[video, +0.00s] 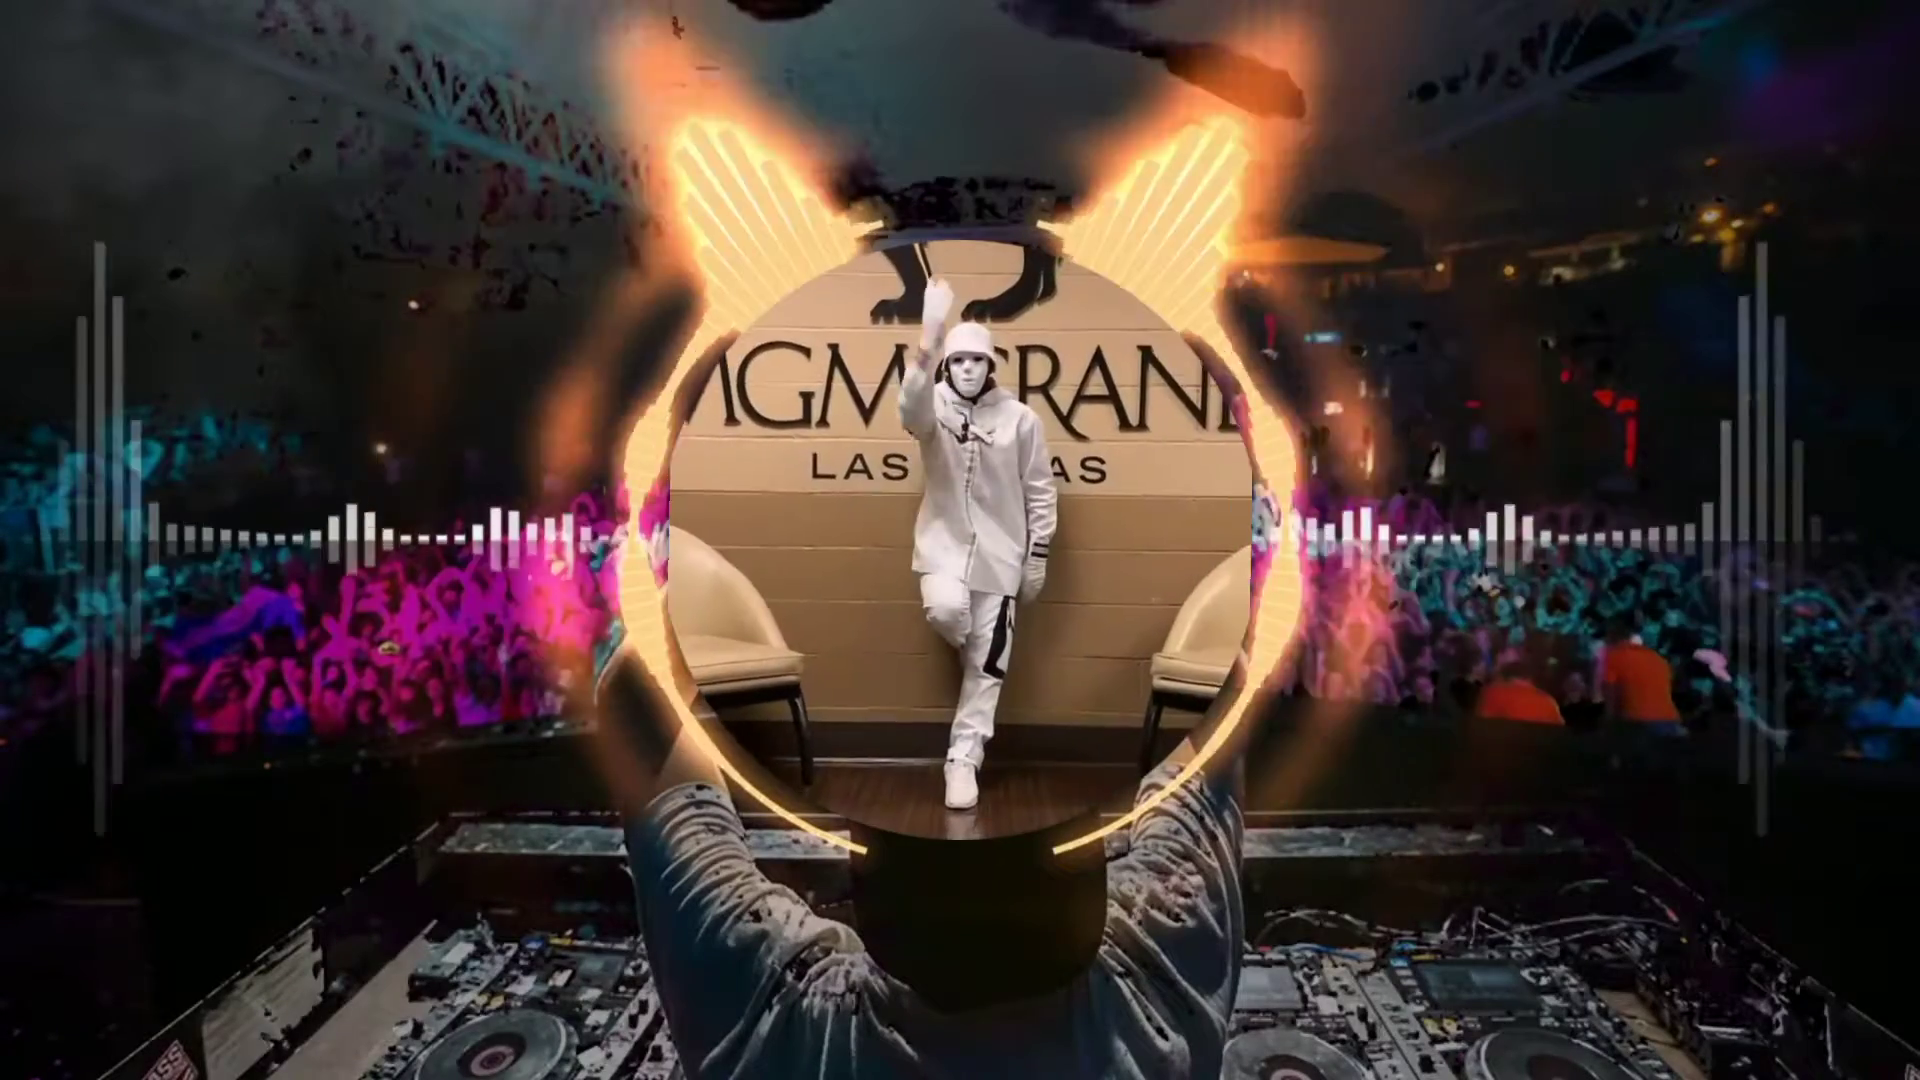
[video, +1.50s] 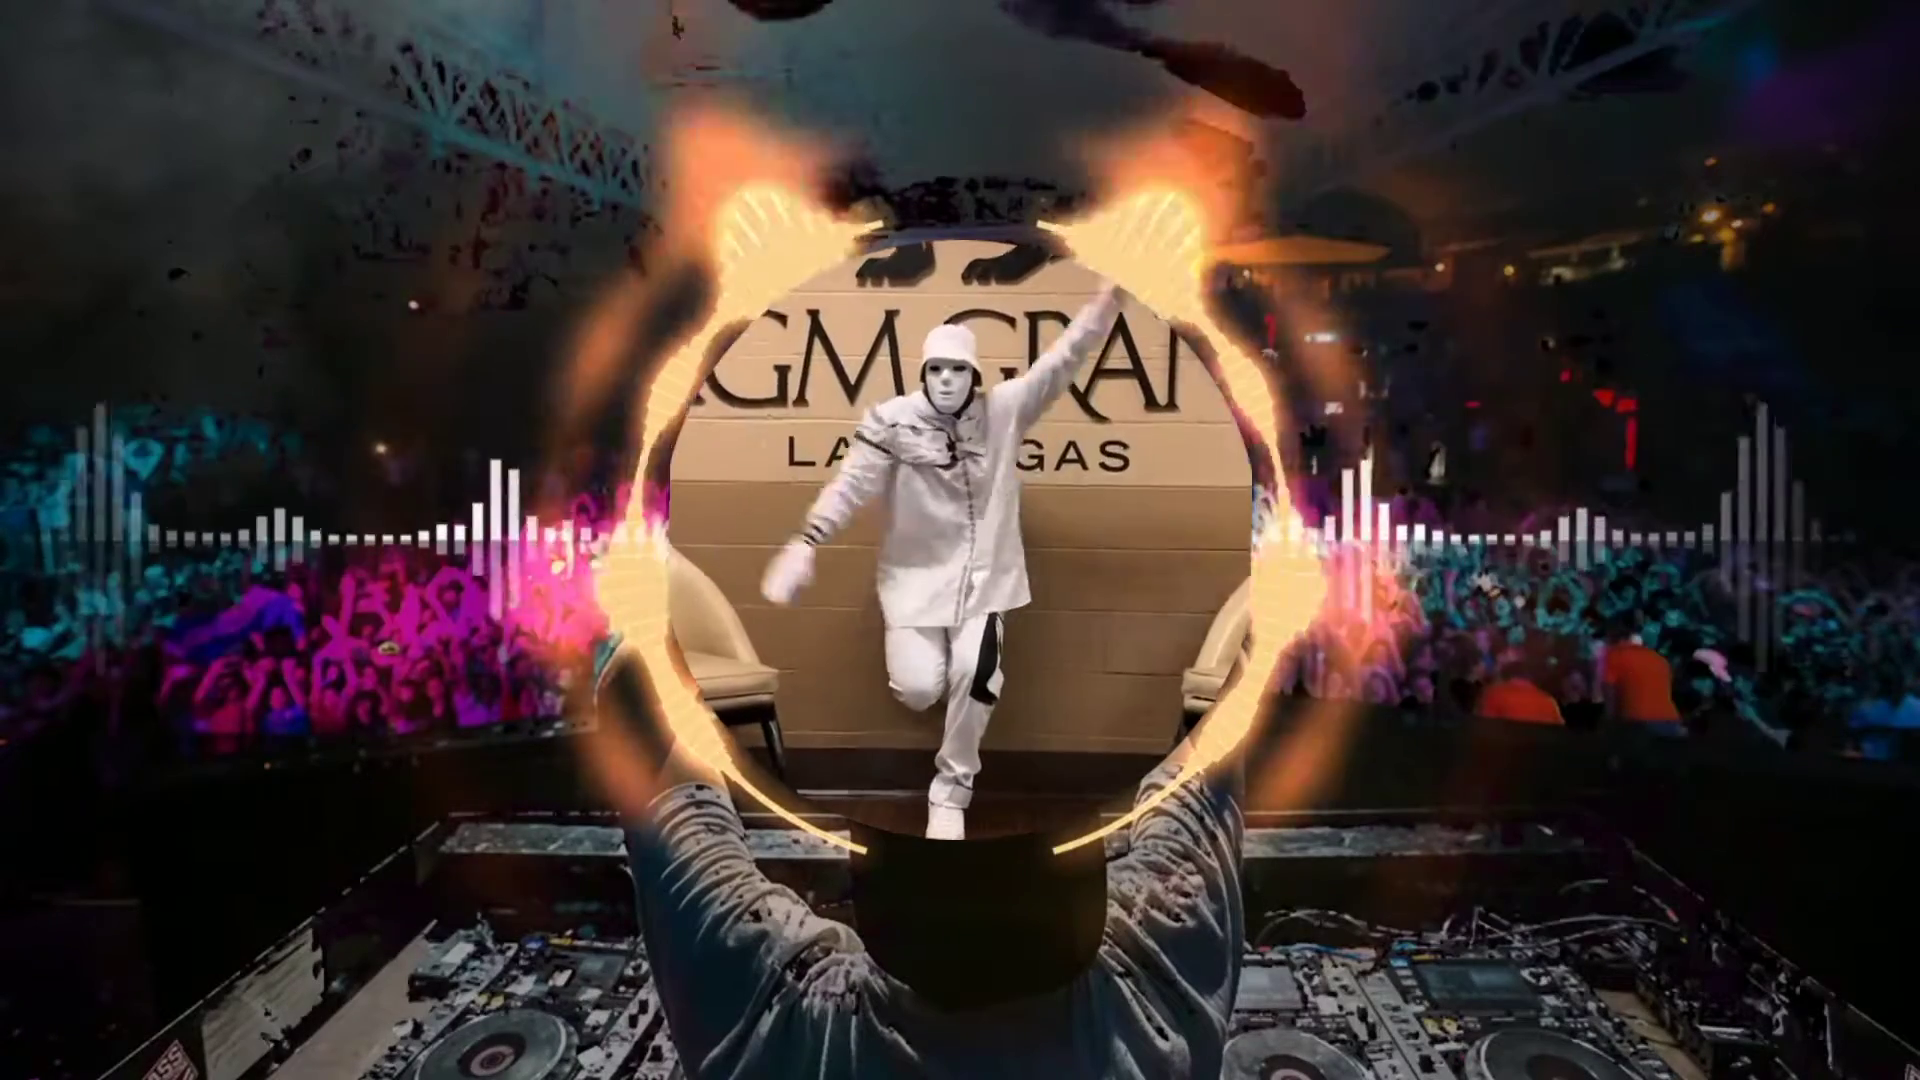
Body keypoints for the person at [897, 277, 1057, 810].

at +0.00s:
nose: (969, 370)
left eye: (978, 361)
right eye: (960, 361)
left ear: (991, 366)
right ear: (945, 366)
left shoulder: (1019, 418)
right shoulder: (932, 416)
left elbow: (1040, 492)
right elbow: (914, 410)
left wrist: (1037, 557)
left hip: (999, 544)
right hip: (943, 536)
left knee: (987, 658)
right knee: (945, 610)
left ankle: (963, 760)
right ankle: (975, 644)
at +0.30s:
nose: (954, 382)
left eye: (958, 371)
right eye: (945, 377)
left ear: (970, 369)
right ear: (934, 383)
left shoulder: (1005, 412)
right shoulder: (929, 419)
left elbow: (1026, 480)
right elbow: (915, 369)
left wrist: (1027, 538)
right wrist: (932, 333)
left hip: (998, 541)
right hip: (949, 538)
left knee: (985, 649)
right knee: (952, 605)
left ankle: (963, 744)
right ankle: (968, 642)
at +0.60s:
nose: (947, 351)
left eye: (955, 342)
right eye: (937, 344)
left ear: (969, 346)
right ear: (924, 351)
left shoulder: (1002, 399)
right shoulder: (910, 394)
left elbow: (1024, 476)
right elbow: (948, 428)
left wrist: (1029, 542)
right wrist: (1004, 396)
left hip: (993, 539)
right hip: (938, 537)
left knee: (982, 654)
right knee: (943, 624)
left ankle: (963, 754)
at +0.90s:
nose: (954, 338)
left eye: (964, 329)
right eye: (945, 329)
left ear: (979, 335)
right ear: (931, 334)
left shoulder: (1004, 384)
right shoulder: (906, 373)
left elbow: (1021, 459)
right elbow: (862, 402)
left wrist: (974, 429)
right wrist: (926, 404)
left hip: (983, 547)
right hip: (921, 542)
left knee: (971, 666)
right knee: (923, 636)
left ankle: (953, 767)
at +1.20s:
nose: (943, 378)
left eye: (954, 369)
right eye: (934, 368)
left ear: (970, 376)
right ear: (920, 373)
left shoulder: (1002, 439)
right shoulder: (898, 413)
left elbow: (1039, 516)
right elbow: (844, 390)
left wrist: (1072, 585)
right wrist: (842, 322)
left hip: (972, 576)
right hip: (908, 573)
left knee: (974, 672)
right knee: (915, 673)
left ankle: (950, 782)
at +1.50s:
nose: (946, 381)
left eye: (958, 371)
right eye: (936, 370)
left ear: (975, 375)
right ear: (923, 373)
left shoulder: (1002, 411)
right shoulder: (892, 422)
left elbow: (1061, 363)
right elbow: (850, 487)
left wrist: (1105, 305)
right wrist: (806, 542)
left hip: (982, 577)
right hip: (915, 579)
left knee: (978, 684)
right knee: (918, 689)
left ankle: (950, 797)